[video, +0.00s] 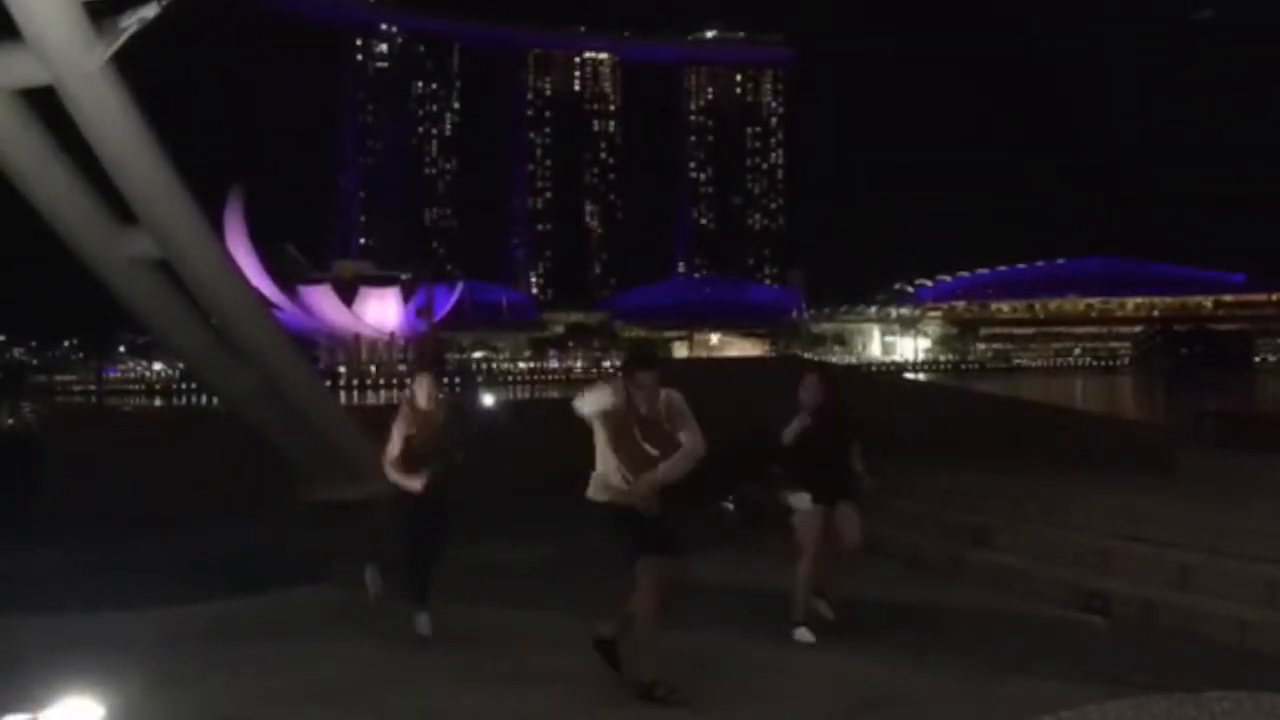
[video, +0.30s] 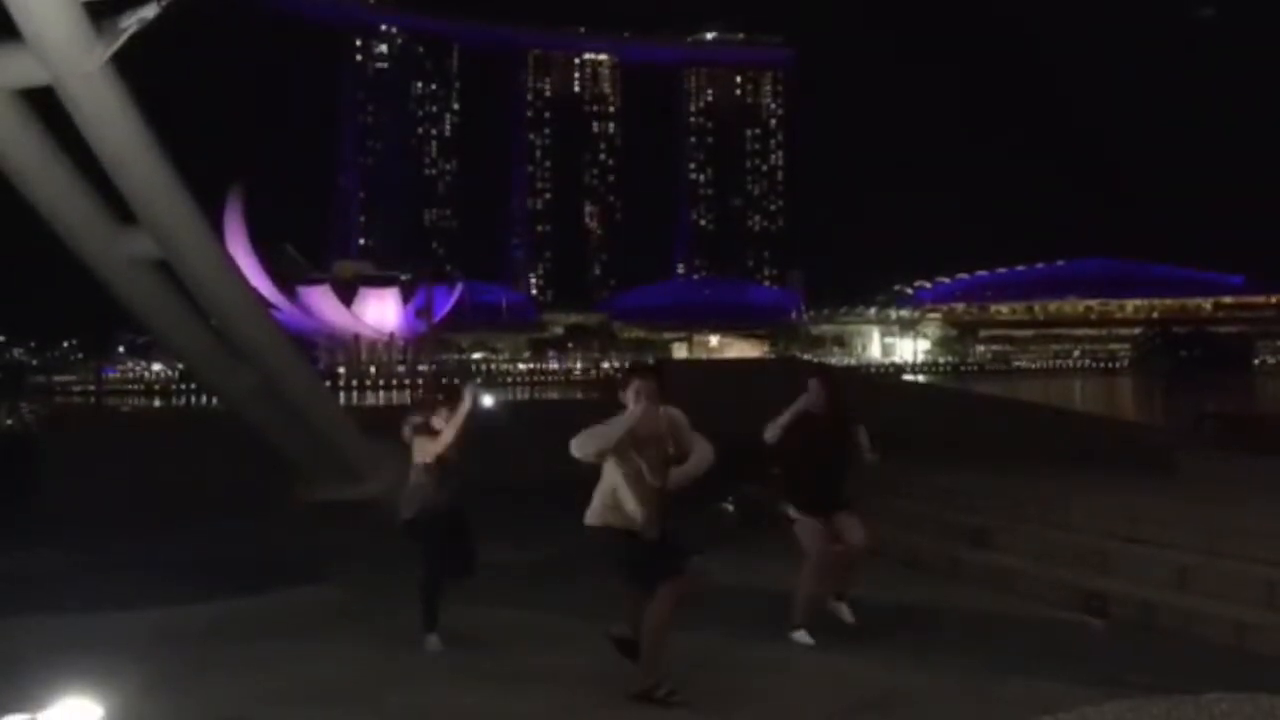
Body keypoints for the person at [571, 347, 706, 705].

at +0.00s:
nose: (646, 393)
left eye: (652, 385)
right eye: (638, 386)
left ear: (660, 382)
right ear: (625, 383)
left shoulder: (671, 402)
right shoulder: (610, 403)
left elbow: (694, 446)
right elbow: (585, 405)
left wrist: (655, 478)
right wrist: (611, 395)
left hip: (652, 501)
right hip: (612, 502)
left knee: (668, 573)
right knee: (647, 576)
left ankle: (615, 634)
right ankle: (645, 676)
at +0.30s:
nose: (643, 402)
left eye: (650, 395)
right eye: (637, 395)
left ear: (659, 396)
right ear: (624, 396)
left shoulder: (671, 420)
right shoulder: (616, 426)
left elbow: (704, 452)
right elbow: (579, 448)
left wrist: (678, 475)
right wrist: (629, 421)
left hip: (653, 522)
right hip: (616, 523)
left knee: (645, 590)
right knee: (667, 583)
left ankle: (633, 637)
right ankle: (650, 682)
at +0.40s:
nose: (641, 392)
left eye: (647, 385)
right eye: (634, 385)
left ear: (658, 387)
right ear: (624, 387)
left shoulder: (670, 412)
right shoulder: (612, 417)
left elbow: (709, 443)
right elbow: (567, 454)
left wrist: (691, 468)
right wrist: (620, 458)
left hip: (650, 512)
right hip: (608, 513)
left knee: (655, 581)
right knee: (634, 588)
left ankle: (620, 643)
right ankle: (643, 680)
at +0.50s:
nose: (639, 400)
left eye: (646, 393)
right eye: (633, 393)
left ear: (656, 394)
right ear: (621, 394)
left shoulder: (668, 418)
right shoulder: (602, 420)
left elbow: (714, 451)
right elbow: (569, 475)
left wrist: (689, 476)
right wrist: (612, 479)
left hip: (641, 515)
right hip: (600, 516)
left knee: (631, 587)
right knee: (604, 586)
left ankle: (620, 654)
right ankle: (609, 661)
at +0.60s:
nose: (624, 416)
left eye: (630, 409)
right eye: (619, 409)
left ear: (642, 409)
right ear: (611, 410)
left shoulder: (660, 438)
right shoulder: (594, 436)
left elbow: (711, 469)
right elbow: (561, 488)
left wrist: (690, 493)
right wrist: (601, 479)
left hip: (633, 525)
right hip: (590, 524)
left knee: (617, 593)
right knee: (572, 582)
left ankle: (604, 664)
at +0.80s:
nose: (601, 403)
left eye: (607, 395)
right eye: (596, 395)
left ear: (626, 395)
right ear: (592, 396)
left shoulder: (649, 422)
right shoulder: (585, 418)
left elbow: (700, 443)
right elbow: (547, 460)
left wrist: (677, 474)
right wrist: (590, 452)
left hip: (632, 513)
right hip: (589, 513)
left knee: (605, 571)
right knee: (561, 567)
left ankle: (609, 656)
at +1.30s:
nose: (601, 381)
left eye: (608, 373)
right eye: (596, 374)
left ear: (621, 378)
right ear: (589, 379)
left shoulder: (646, 412)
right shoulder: (580, 416)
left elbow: (678, 449)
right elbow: (550, 460)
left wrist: (675, 495)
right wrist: (569, 468)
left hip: (644, 503)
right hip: (607, 509)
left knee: (641, 565)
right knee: (613, 578)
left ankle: (650, 645)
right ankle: (628, 642)